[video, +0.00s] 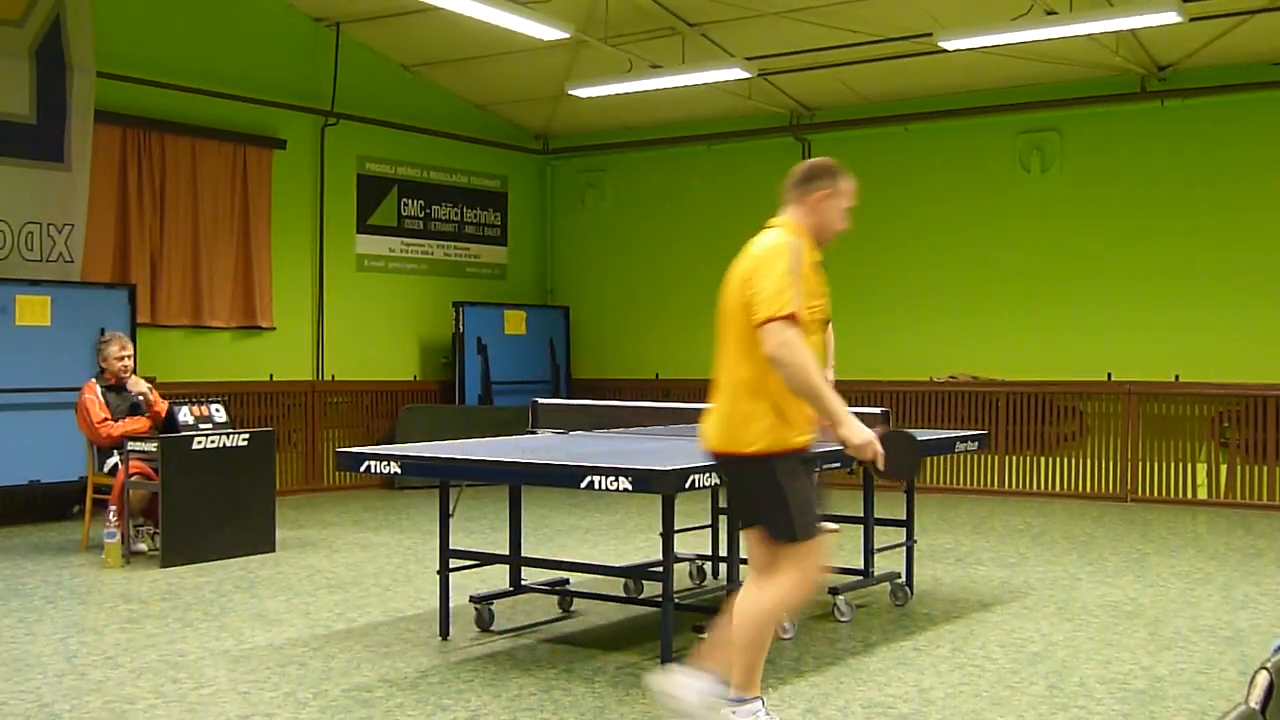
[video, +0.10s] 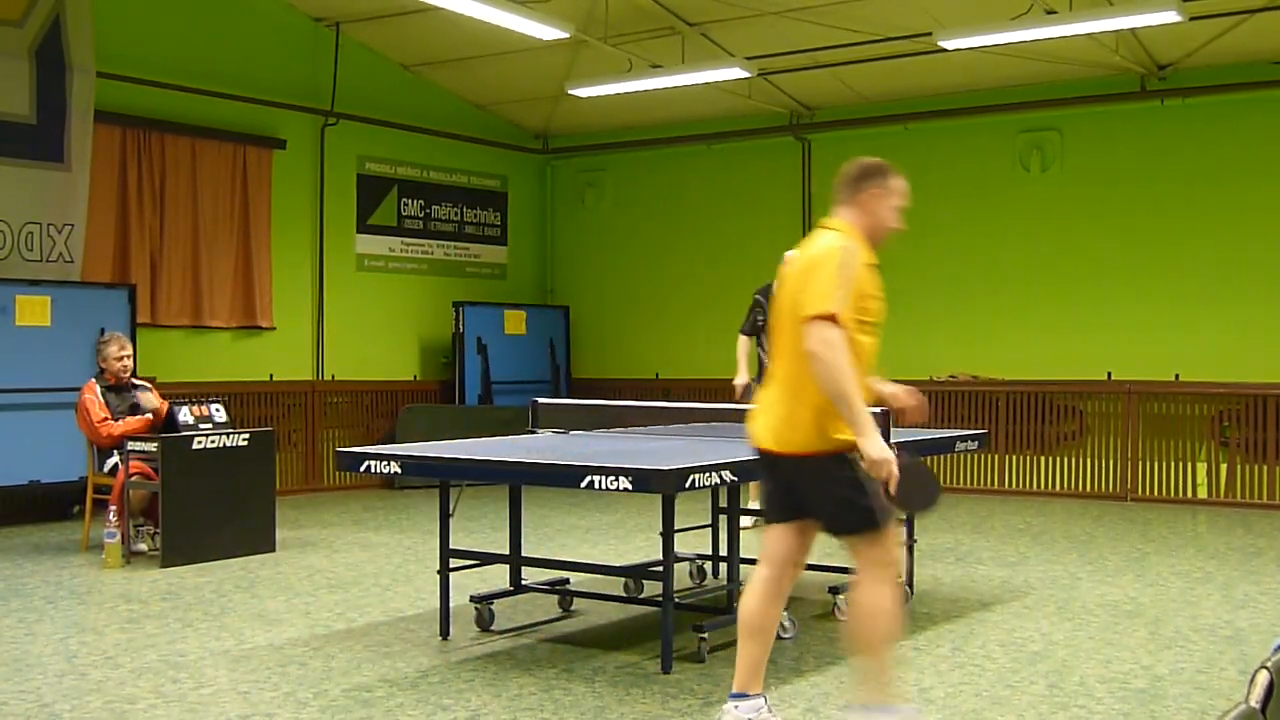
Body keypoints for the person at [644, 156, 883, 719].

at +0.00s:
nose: (847, 222)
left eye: (849, 210)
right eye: (844, 208)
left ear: (811, 198)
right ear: (815, 198)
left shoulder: (784, 250)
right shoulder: (780, 249)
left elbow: (784, 345)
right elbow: (780, 342)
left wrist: (825, 417)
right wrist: (844, 419)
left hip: (755, 436)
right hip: (762, 437)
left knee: (768, 569)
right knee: (809, 563)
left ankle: (743, 700)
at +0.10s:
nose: (900, 220)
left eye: (902, 208)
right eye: (895, 206)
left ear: (855, 200)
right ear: (865, 199)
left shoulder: (816, 250)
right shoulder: (839, 249)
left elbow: (815, 351)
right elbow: (821, 340)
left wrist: (884, 391)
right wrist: (867, 433)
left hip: (784, 436)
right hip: (819, 440)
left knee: (776, 566)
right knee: (880, 562)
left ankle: (744, 699)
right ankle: (875, 702)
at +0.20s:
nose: (942, 230)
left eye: (944, 218)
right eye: (938, 216)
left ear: (905, 208)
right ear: (907, 206)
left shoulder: (864, 256)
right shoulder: (880, 259)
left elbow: (860, 356)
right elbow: (858, 350)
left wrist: (931, 392)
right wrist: (885, 445)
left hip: (819, 445)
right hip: (855, 451)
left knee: (795, 566)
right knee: (919, 569)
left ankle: (747, 697)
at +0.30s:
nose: (1011, 238)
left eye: (1013, 226)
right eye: (1007, 224)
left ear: (968, 219)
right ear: (978, 218)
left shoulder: (923, 266)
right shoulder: (952, 271)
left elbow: (924, 363)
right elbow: (924, 361)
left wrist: (982, 405)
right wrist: (932, 463)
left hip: (882, 454)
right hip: (927, 457)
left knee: (864, 564)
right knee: (993, 565)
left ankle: (769, 681)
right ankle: (1007, 704)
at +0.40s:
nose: (1057, 239)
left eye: (1060, 227)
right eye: (1056, 225)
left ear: (1014, 215)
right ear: (1032, 217)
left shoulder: (959, 266)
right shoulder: (1000, 270)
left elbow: (946, 367)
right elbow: (974, 358)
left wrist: (1007, 413)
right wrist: (978, 462)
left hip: (930, 453)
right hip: (975, 456)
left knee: (934, 569)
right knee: (1028, 567)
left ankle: (828, 650)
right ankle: (1010, 706)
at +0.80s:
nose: (1272, 285)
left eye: (1274, 273)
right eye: (1271, 271)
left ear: (1239, 259)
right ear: (1249, 261)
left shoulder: (1189, 294)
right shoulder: (1207, 300)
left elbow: (1141, 398)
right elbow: (1216, 394)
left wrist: (1189, 460)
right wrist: (1262, 470)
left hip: (1156, 457)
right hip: (1119, 457)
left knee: (1221, 547)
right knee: (1128, 587)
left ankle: (1259, 666)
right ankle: (1024, 689)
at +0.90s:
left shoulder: (1264, 332)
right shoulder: (1268, 342)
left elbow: (1263, 447)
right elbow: (1269, 455)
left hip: (1192, 461)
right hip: (1147, 461)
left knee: (1265, 539)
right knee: (1162, 593)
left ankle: (1264, 666)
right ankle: (1044, 669)